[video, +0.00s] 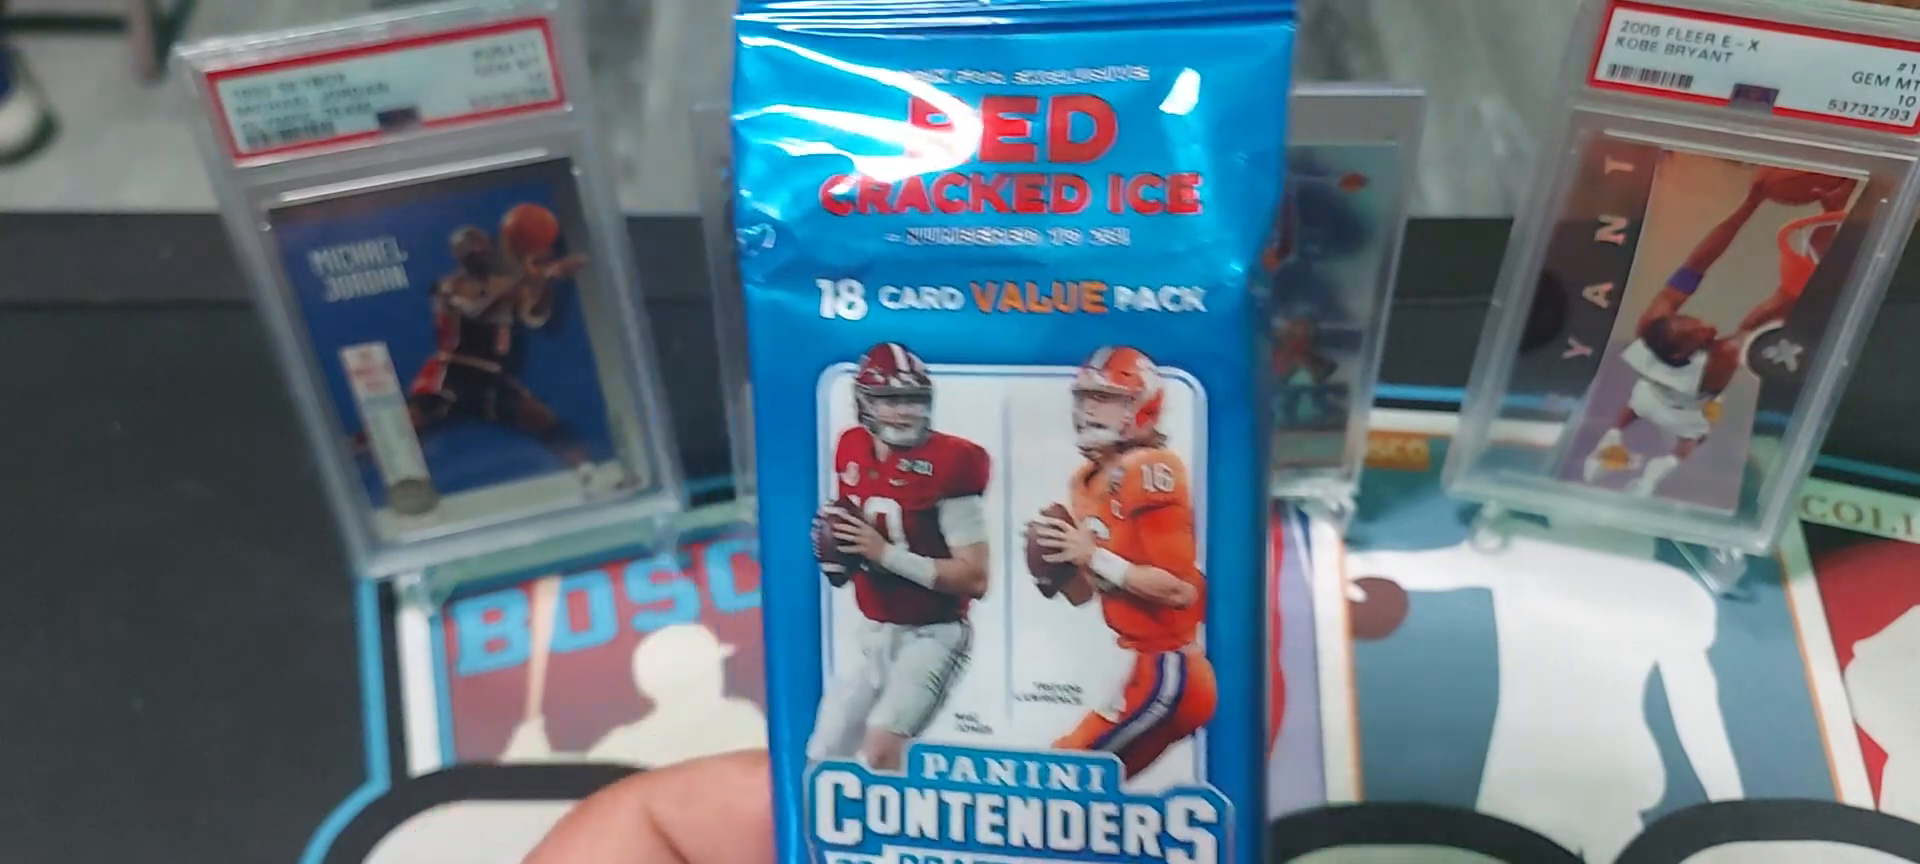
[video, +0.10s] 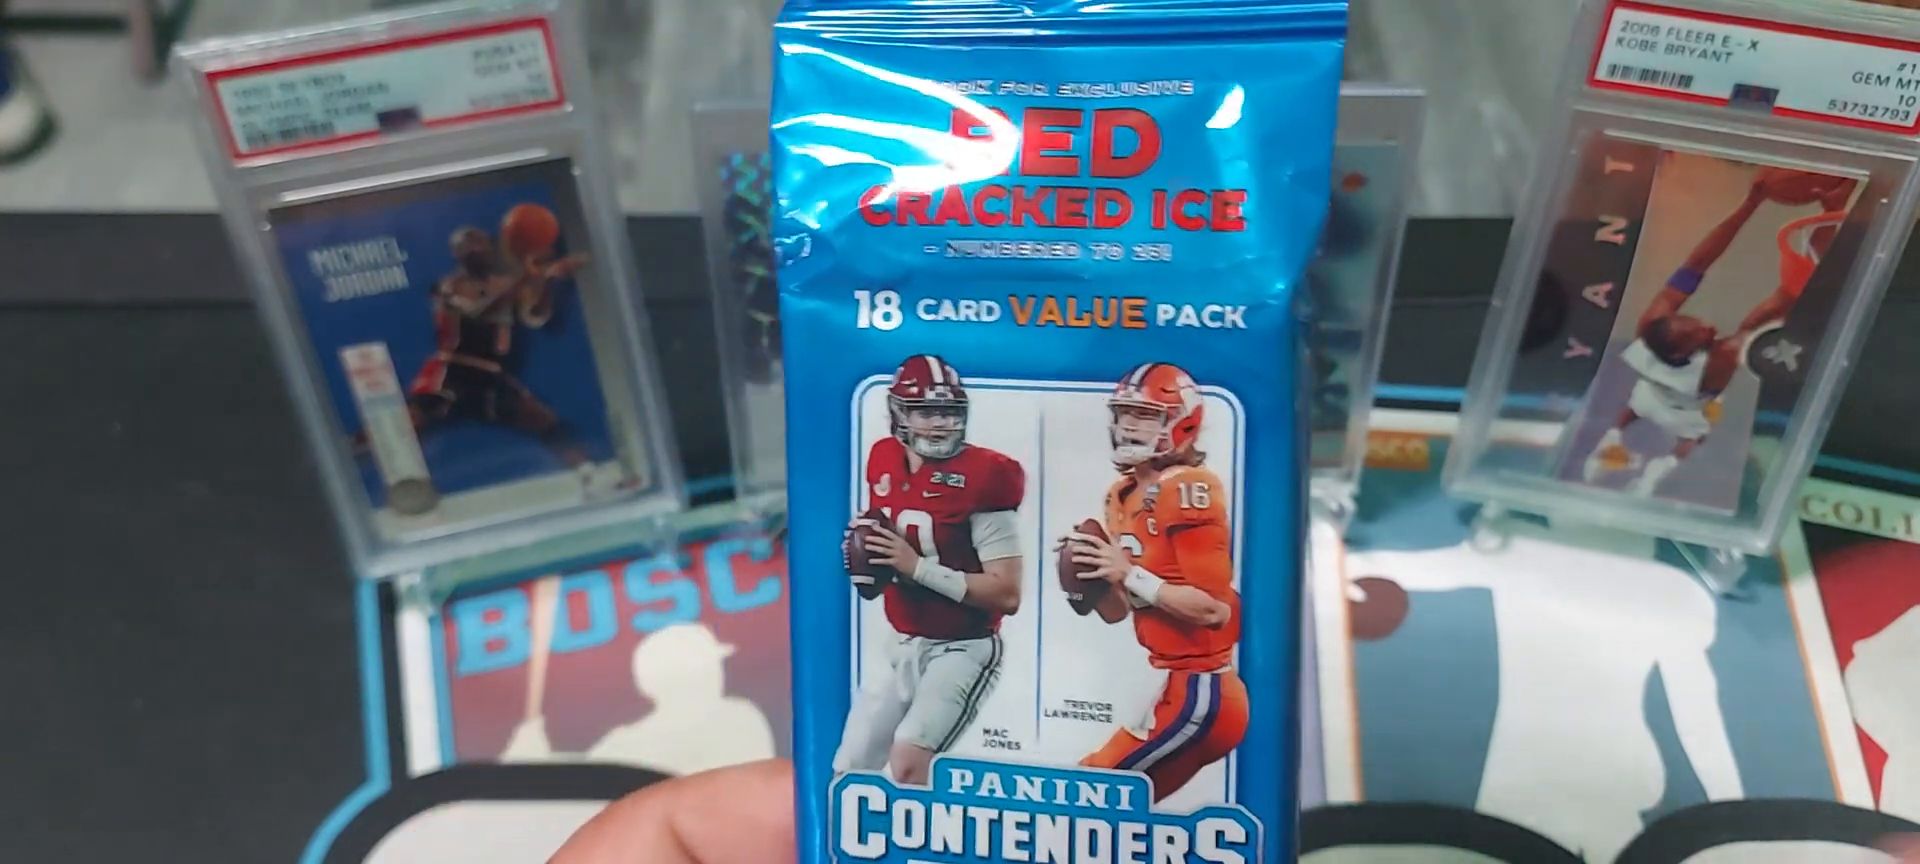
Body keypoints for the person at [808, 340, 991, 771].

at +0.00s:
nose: (904, 412)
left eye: (914, 400)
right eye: (890, 400)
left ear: (928, 402)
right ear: (865, 403)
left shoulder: (956, 461)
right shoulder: (852, 447)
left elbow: (975, 577)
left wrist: (885, 553)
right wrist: (832, 543)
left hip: (935, 635)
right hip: (871, 632)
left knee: (881, 748)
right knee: (823, 757)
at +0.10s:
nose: (940, 423)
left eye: (950, 411)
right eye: (926, 411)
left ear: (964, 414)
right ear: (900, 415)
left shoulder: (988, 475)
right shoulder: (884, 458)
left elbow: (1007, 594)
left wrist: (916, 566)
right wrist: (862, 552)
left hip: (965, 650)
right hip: (899, 645)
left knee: (907, 762)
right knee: (850, 767)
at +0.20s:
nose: (956, 414)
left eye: (965, 402)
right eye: (943, 403)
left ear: (979, 405)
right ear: (916, 405)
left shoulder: (1002, 465)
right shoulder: (898, 449)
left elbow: (1020, 583)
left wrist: (929, 556)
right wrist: (875, 539)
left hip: (977, 639)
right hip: (911, 635)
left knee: (916, 752)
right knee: (857, 755)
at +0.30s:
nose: (959, 402)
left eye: (968, 391)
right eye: (946, 391)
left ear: (982, 394)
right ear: (919, 393)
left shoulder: (1004, 453)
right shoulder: (901, 436)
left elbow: (1021, 570)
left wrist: (932, 544)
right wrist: (877, 527)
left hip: (977, 626)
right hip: (910, 621)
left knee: (916, 738)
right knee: (858, 743)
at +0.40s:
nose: (979, 379)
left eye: (990, 367)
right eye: (967, 367)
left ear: (1004, 371)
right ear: (941, 369)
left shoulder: (1025, 429)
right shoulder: (923, 409)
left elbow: (1035, 547)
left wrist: (947, 517)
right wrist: (895, 494)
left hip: (991, 600)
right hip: (927, 594)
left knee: (926, 707)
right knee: (867, 712)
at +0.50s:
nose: (1003, 364)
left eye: (1014, 354)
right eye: (989, 352)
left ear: (1026, 358)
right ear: (963, 352)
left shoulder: (1045, 417)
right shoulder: (942, 394)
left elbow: (1053, 534)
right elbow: (933, 469)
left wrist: (966, 504)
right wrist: (911, 480)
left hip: (1006, 588)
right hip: (941, 580)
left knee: (937, 697)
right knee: (878, 698)